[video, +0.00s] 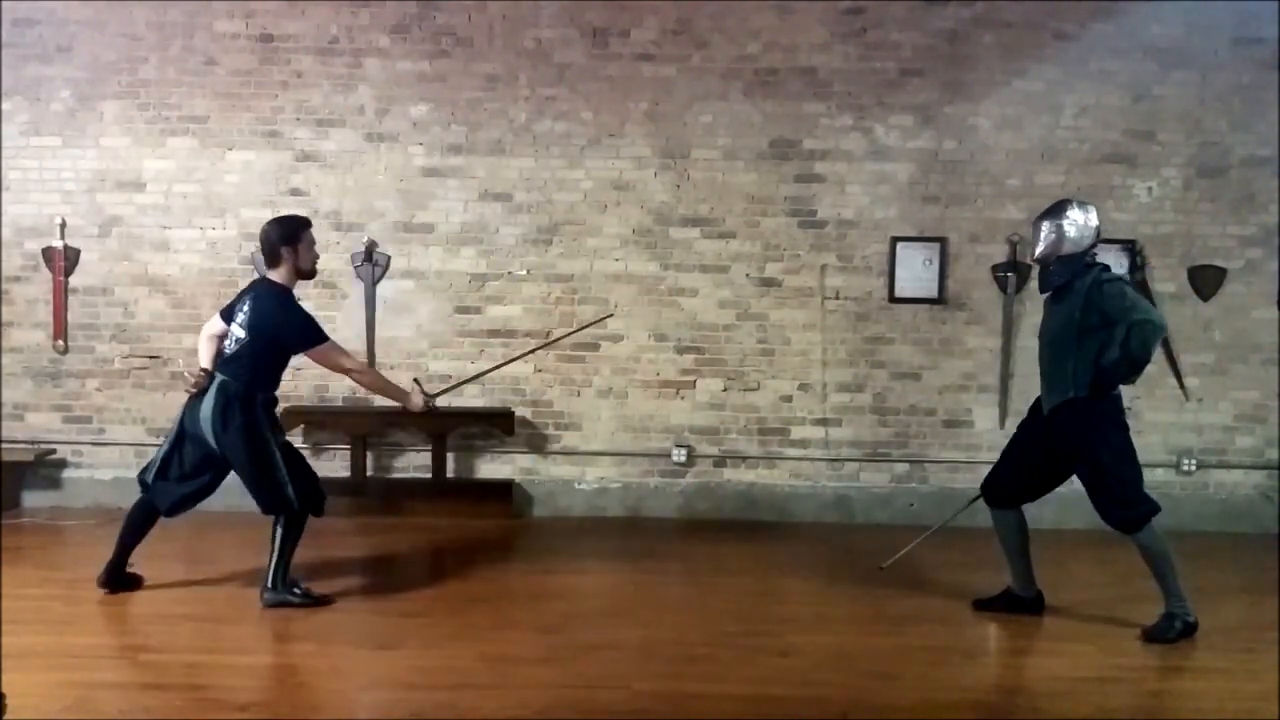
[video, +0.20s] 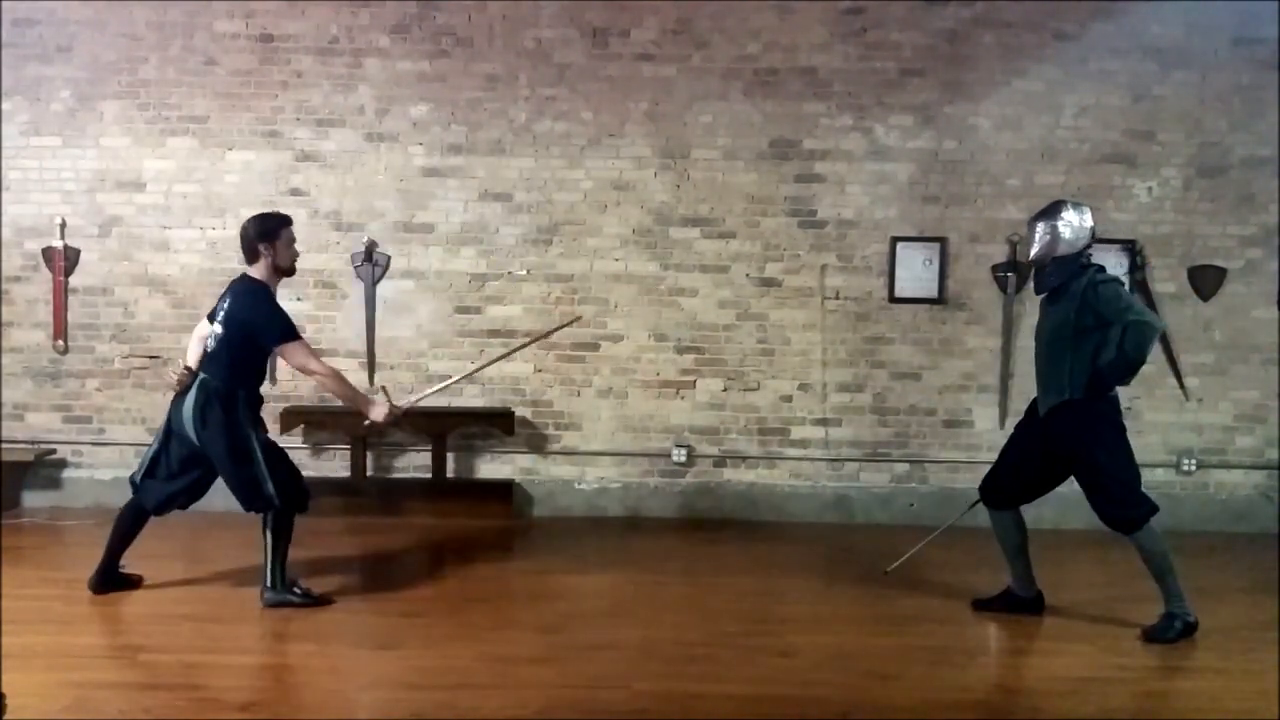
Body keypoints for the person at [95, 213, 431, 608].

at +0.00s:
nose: (317, 252)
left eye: (314, 244)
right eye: (310, 245)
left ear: (281, 253)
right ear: (288, 252)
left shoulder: (252, 293)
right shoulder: (286, 310)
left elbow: (210, 331)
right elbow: (349, 366)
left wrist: (206, 370)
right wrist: (407, 397)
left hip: (207, 405)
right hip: (241, 413)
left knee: (164, 487)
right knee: (298, 491)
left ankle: (113, 569)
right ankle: (277, 584)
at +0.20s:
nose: (297, 247)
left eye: (294, 239)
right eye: (290, 240)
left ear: (260, 251)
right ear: (267, 250)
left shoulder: (236, 291)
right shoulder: (262, 303)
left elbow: (201, 334)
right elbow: (313, 367)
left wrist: (189, 372)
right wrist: (368, 405)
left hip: (193, 406)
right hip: (224, 412)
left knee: (153, 487)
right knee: (283, 487)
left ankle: (105, 571)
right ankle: (277, 584)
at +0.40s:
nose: (281, 244)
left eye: (279, 236)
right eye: (274, 237)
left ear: (247, 245)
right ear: (249, 244)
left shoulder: (235, 291)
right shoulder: (242, 298)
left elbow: (225, 352)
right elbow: (275, 366)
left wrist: (192, 373)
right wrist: (319, 413)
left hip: (197, 405)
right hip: (218, 411)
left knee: (153, 488)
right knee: (273, 486)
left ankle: (100, 566)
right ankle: (276, 585)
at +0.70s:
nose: (273, 244)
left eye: (271, 236)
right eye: (265, 237)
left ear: (245, 245)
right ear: (238, 245)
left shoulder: (262, 297)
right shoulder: (218, 299)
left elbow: (246, 358)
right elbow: (235, 364)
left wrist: (199, 373)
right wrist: (260, 413)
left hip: (221, 405)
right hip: (209, 405)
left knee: (157, 486)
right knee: (271, 483)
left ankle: (97, 560)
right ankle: (276, 584)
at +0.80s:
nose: (277, 246)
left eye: (275, 239)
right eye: (270, 240)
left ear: (251, 247)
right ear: (243, 247)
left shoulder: (267, 300)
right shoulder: (220, 299)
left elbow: (257, 362)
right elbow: (225, 365)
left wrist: (200, 373)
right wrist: (251, 416)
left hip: (224, 406)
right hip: (208, 406)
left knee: (158, 487)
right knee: (272, 485)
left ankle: (97, 560)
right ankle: (276, 584)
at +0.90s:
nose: (289, 250)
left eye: (287, 242)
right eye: (282, 243)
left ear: (260, 249)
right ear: (255, 249)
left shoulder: (274, 303)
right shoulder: (229, 298)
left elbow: (257, 364)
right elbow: (225, 369)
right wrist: (256, 420)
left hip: (223, 407)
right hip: (209, 407)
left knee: (160, 488)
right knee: (276, 484)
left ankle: (99, 558)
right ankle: (276, 584)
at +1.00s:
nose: (306, 252)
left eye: (305, 244)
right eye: (299, 245)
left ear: (276, 252)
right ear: (273, 251)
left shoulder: (281, 300)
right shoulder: (249, 301)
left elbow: (243, 340)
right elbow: (241, 372)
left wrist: (206, 364)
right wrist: (273, 421)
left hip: (224, 405)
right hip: (219, 407)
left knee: (170, 485)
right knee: (283, 486)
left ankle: (104, 555)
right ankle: (276, 584)